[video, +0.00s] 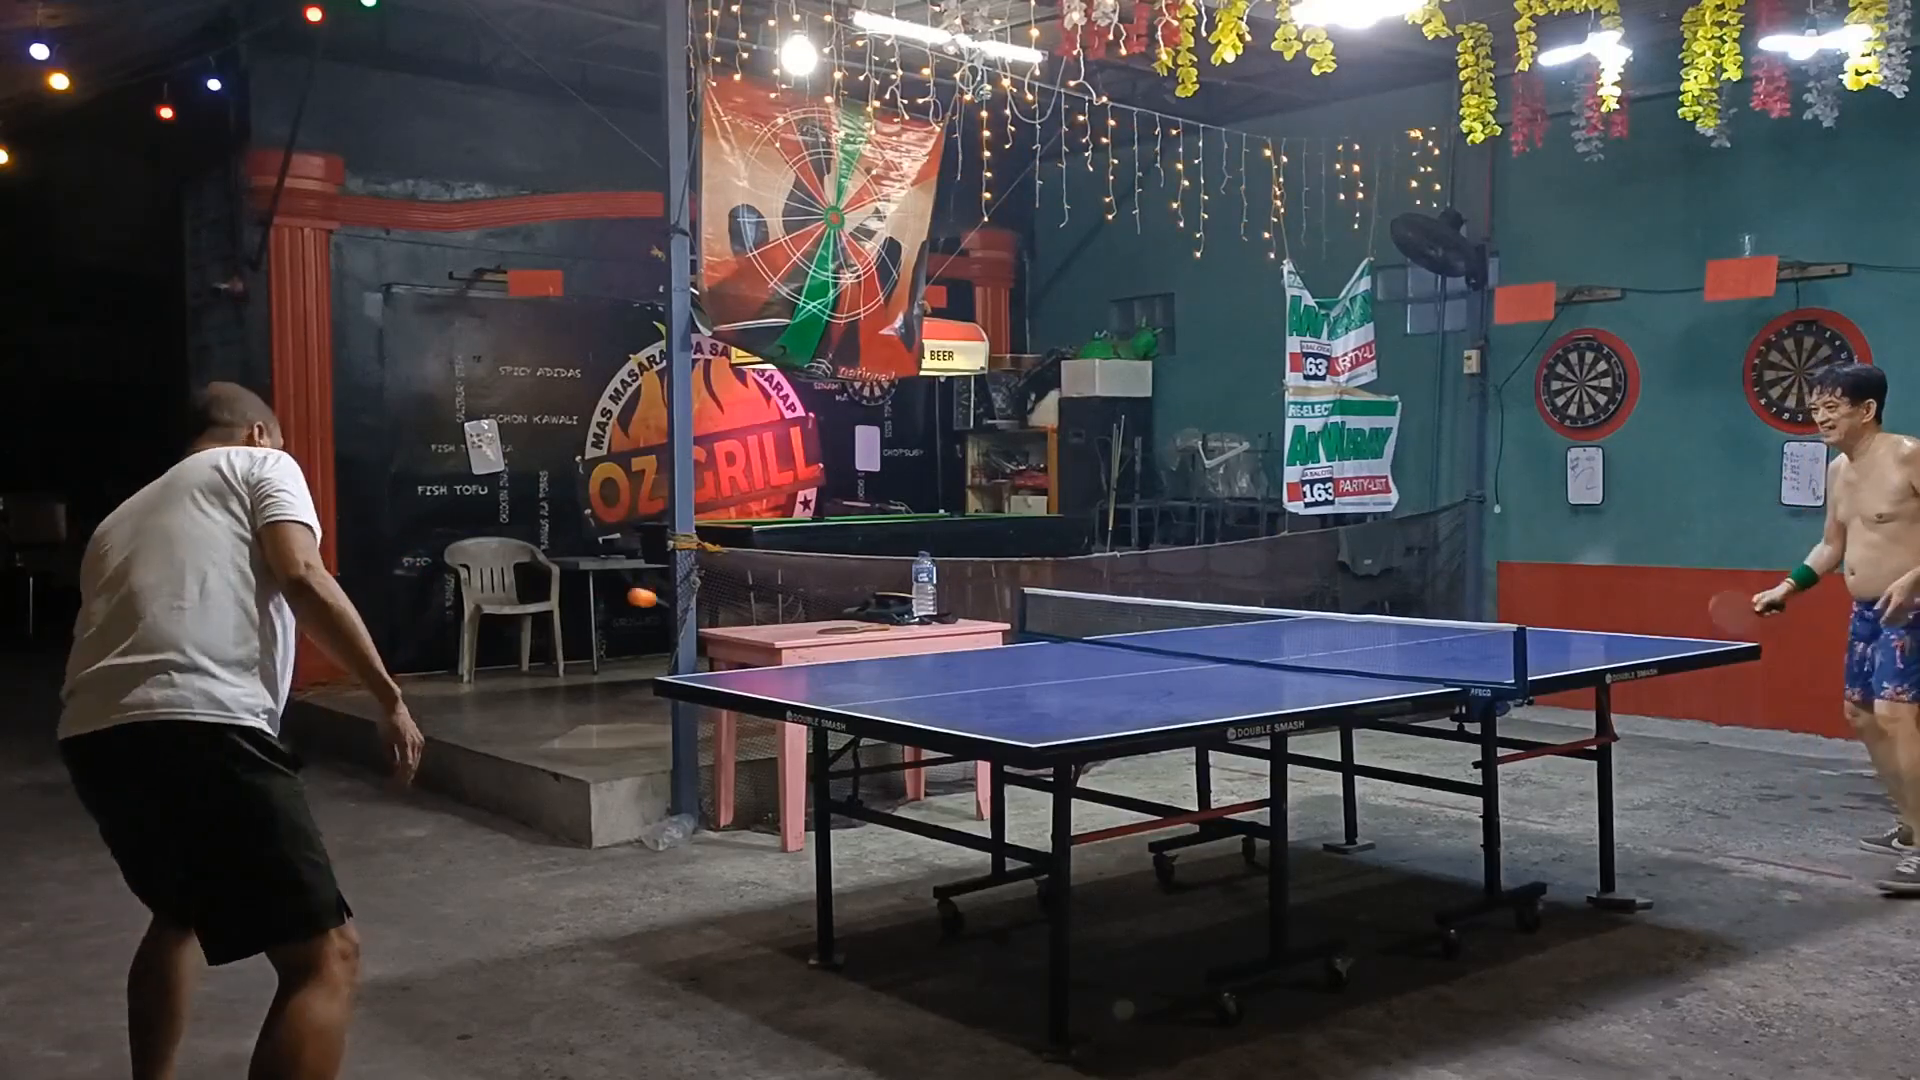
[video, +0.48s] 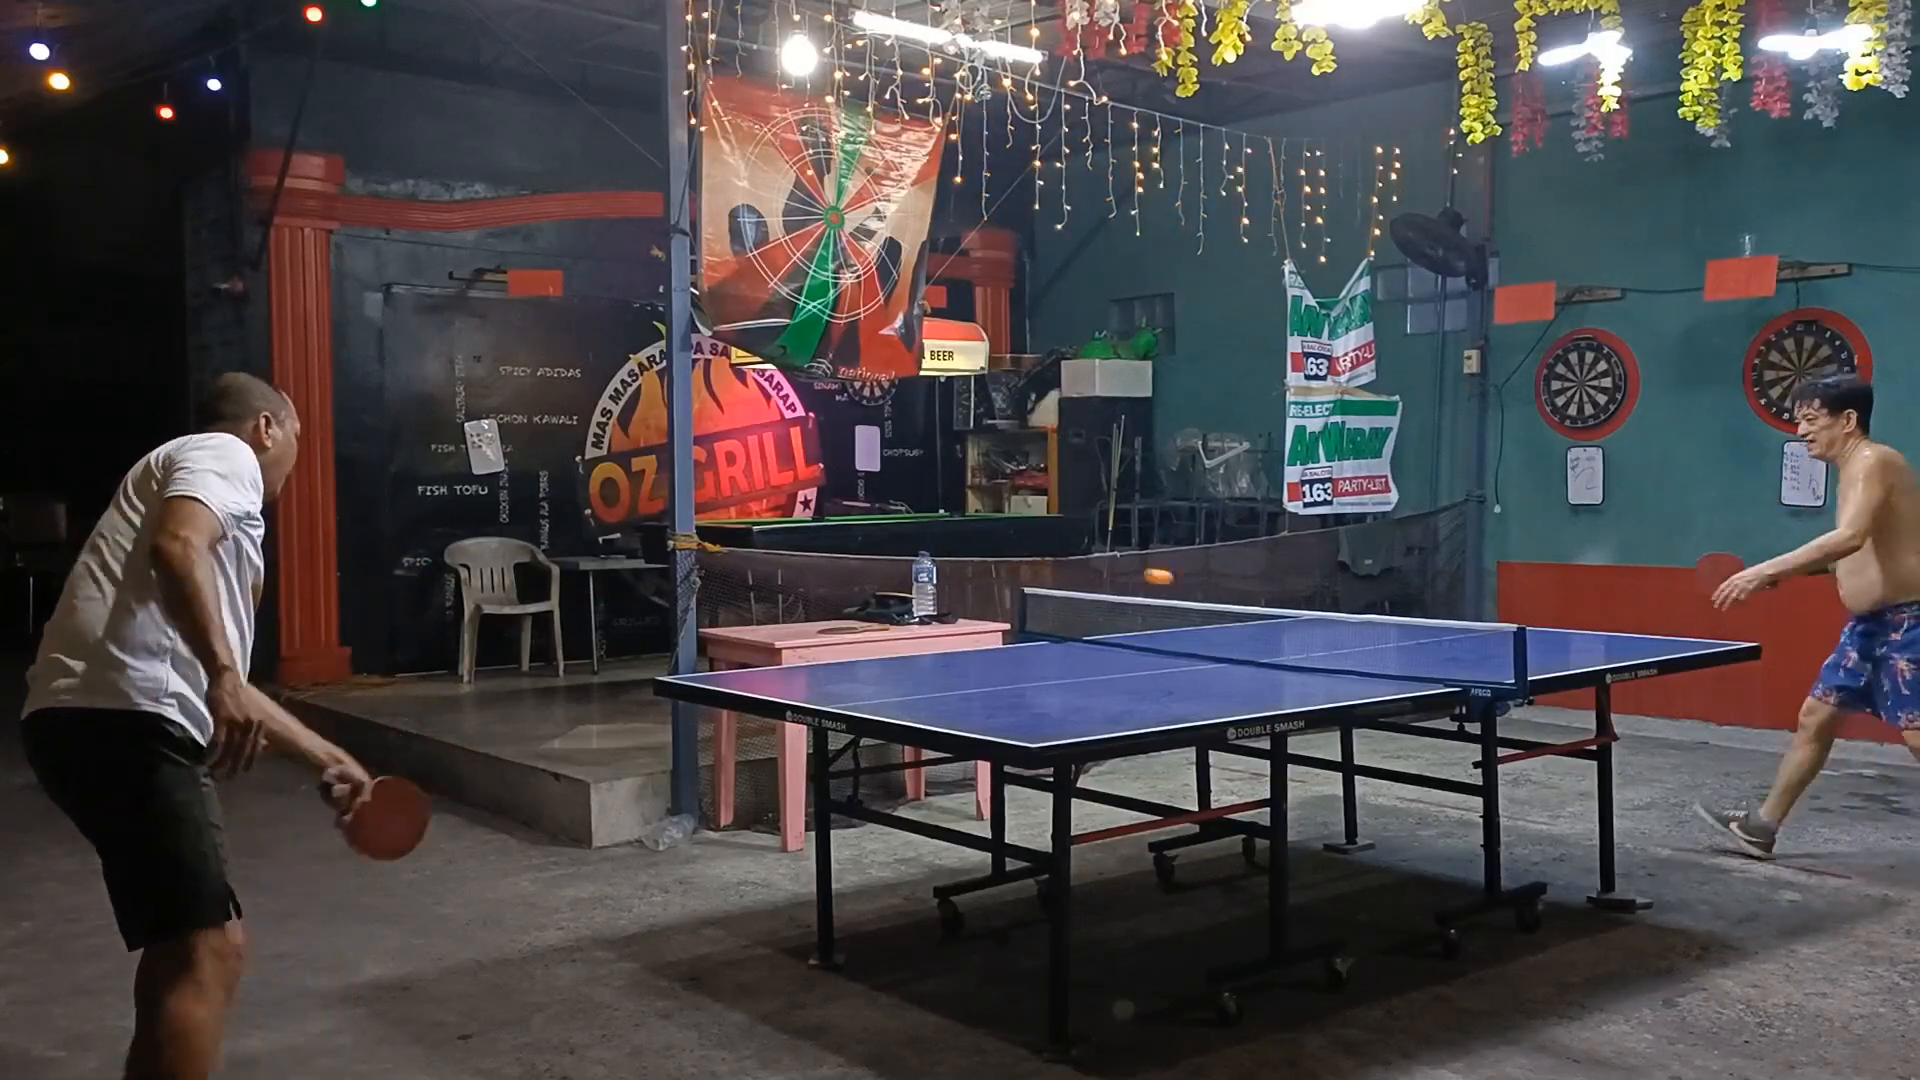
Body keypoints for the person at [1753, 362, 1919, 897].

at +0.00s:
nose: (1821, 420)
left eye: (1830, 409)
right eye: (1816, 411)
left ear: (1866, 409)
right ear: (1816, 414)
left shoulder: (1907, 456)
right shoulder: (1839, 470)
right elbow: (1832, 544)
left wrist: (1913, 580)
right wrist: (1787, 587)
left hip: (1906, 610)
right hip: (1864, 612)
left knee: (1895, 714)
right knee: (1861, 714)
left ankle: (1917, 844)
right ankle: (1911, 823)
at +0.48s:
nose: (1802, 432)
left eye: (1811, 420)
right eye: (1800, 422)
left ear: (1848, 419)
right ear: (1842, 422)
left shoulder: (1875, 462)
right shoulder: (1852, 470)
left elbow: (1850, 537)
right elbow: (1856, 560)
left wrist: (1765, 570)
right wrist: (1786, 569)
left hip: (1907, 624)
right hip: (1866, 625)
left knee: (1917, 736)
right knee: (1816, 719)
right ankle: (1765, 825)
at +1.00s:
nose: (1716, 493)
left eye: (1720, 479)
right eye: (1713, 484)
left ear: (1751, 470)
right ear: (1749, 476)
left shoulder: (1792, 488)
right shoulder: (1754, 536)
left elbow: (1772, 545)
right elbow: (1693, 577)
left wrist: (1713, 609)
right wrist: (1658, 530)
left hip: (1878, 633)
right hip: (1826, 646)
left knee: (1879, 761)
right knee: (1752, 713)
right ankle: (1743, 829)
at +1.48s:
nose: (1674, 452)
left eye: (1684, 440)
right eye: (1669, 444)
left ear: (1718, 440)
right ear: (1667, 450)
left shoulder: (1753, 472)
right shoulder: (1701, 504)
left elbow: (1753, 540)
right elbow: (1693, 574)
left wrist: (1706, 606)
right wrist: (1653, 596)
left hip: (1822, 619)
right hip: (1766, 630)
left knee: (1844, 732)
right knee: (1707, 713)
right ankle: (1740, 828)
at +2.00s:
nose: (1654, 458)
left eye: (1664, 447)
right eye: (1647, 448)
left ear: (1694, 442)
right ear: (1641, 445)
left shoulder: (1733, 483)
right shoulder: (1648, 495)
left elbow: (1767, 557)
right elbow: (1625, 557)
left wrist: (1728, 602)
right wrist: (1621, 590)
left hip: (1751, 619)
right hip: (1688, 622)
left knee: (1752, 727)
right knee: (1631, 709)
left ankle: (1838, 842)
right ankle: (1666, 820)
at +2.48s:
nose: (1659, 451)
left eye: (1671, 443)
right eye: (1654, 439)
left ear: (1700, 442)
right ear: (1646, 434)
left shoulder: (1730, 475)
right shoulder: (1626, 477)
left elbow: (1753, 538)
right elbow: (1584, 545)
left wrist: (1757, 603)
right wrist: (1619, 591)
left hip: (1714, 604)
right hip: (1645, 605)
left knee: (1739, 701)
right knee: (1634, 706)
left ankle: (1764, 818)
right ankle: (1649, 812)